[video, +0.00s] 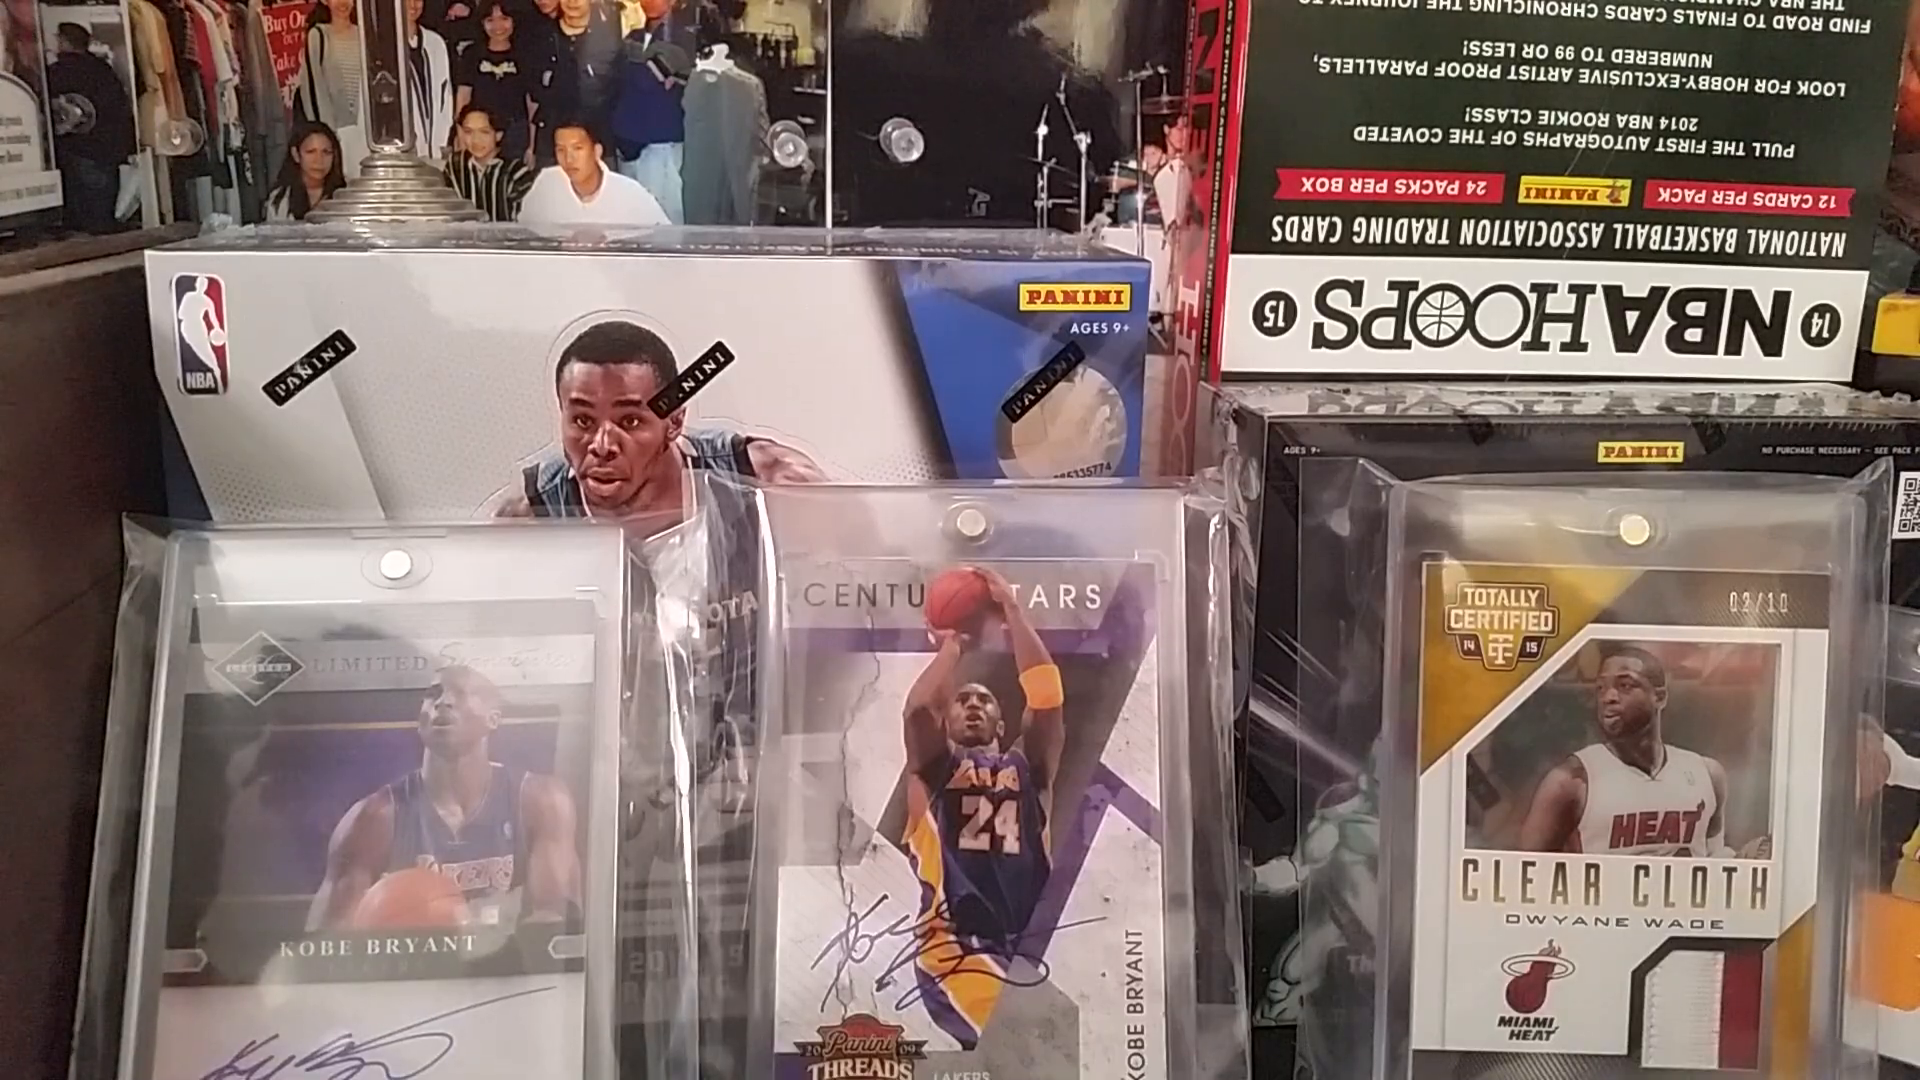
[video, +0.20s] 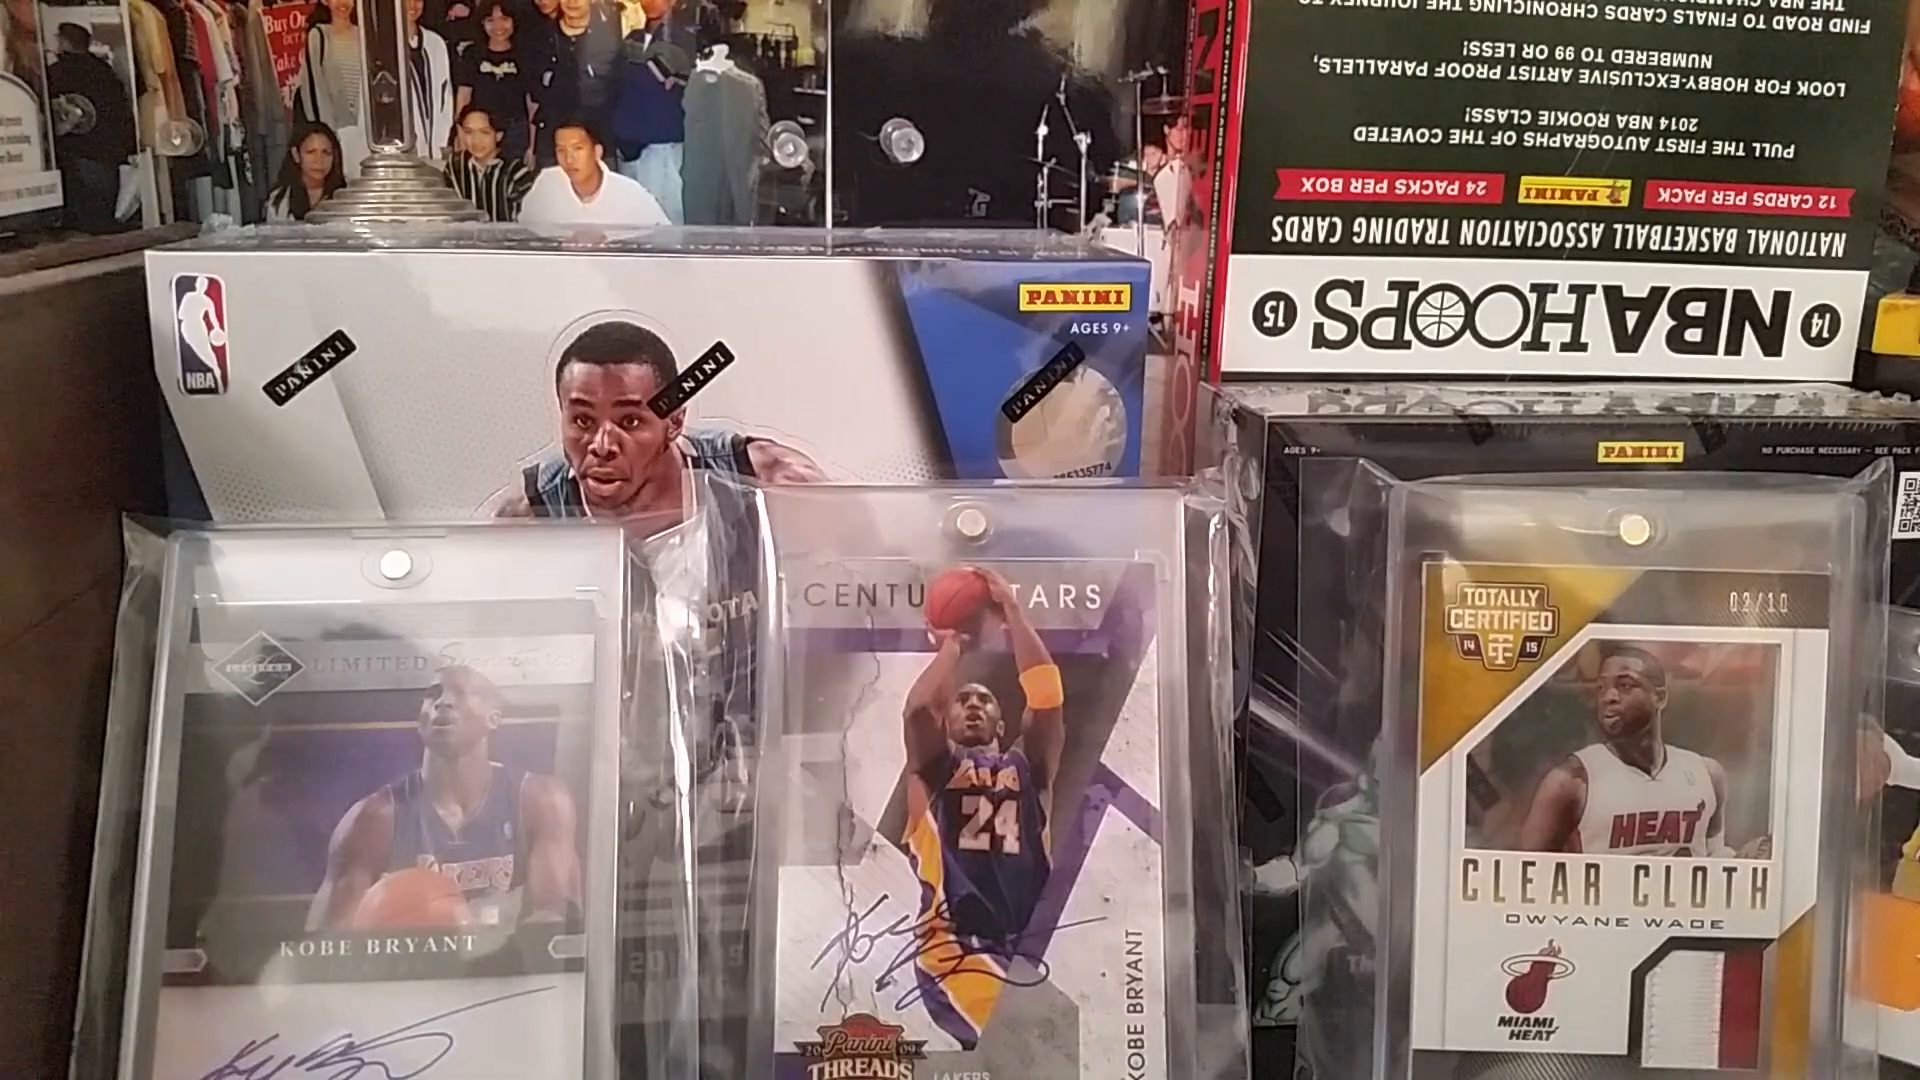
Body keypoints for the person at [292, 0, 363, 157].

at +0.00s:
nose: (342, 4)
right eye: (336, 0)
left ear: (353, 3)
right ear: (326, 3)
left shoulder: (361, 34)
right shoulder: (318, 33)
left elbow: (371, 75)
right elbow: (314, 81)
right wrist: (326, 127)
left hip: (364, 118)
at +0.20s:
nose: (343, 3)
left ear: (354, 3)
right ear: (326, 3)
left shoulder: (361, 34)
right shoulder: (318, 33)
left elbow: (370, 76)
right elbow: (314, 80)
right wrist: (325, 125)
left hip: (363, 119)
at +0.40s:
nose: (345, 3)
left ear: (356, 3)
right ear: (329, 2)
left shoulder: (365, 32)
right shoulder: (321, 32)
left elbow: (373, 74)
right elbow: (319, 79)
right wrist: (329, 124)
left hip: (367, 116)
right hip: (336, 119)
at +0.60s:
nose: (361, 4)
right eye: (355, 0)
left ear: (372, 3)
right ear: (345, 2)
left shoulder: (381, 32)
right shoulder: (337, 32)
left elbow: (389, 73)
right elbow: (335, 78)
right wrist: (345, 122)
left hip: (382, 114)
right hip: (352, 117)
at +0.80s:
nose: (383, 2)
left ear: (392, 3)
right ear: (365, 3)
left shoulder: (400, 32)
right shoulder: (357, 32)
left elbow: (409, 72)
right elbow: (355, 77)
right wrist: (364, 121)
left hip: (401, 112)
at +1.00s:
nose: (357, 7)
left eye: (359, 2)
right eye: (351, 2)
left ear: (365, 6)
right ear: (339, 7)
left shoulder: (372, 37)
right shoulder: (331, 39)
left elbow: (378, 76)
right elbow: (325, 81)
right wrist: (326, 119)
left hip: (371, 114)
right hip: (343, 117)